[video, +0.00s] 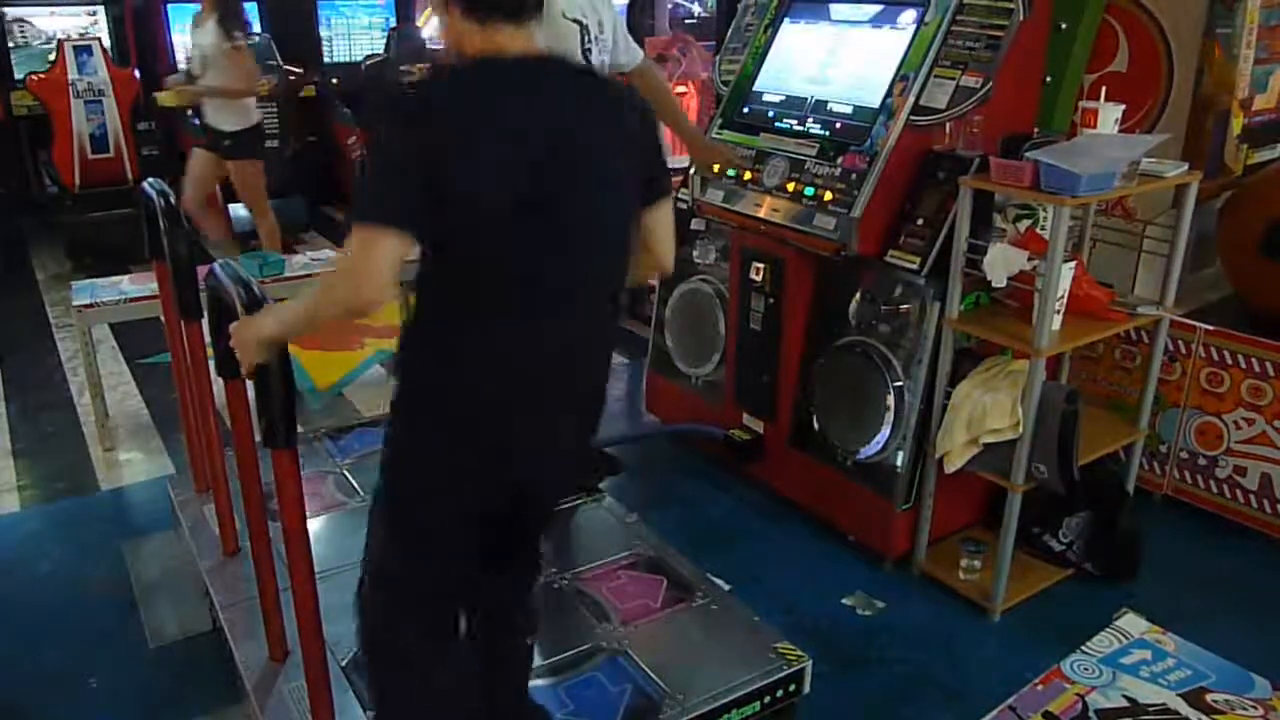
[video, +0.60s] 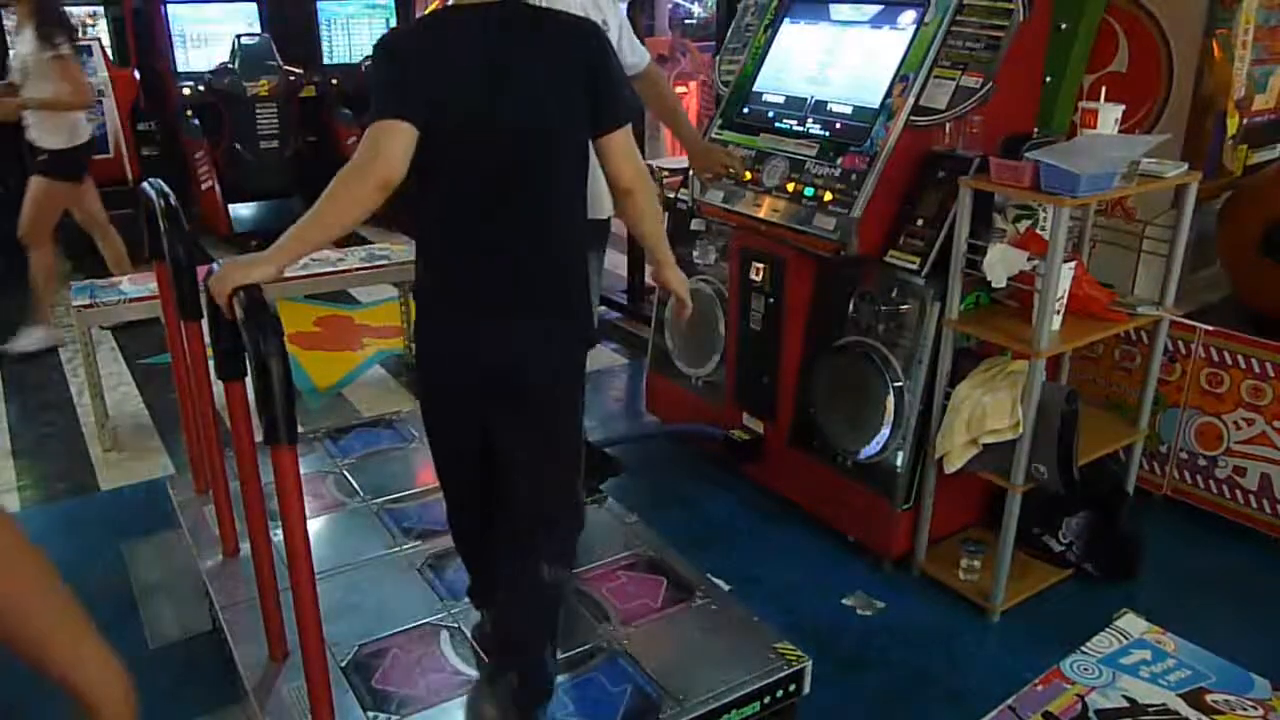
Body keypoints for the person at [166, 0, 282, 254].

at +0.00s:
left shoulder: (230, 26)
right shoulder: (198, 22)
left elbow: (250, 86)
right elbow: (201, 72)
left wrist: (201, 93)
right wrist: (181, 80)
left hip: (242, 131)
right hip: (212, 130)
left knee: (258, 208)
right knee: (193, 201)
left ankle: (275, 269)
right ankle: (232, 264)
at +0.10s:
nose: (169, 3)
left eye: (173, 0)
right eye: (168, 1)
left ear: (187, 2)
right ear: (168, 4)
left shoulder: (202, 35)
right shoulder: (167, 30)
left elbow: (225, 92)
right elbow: (172, 77)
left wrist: (172, 98)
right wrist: (147, 86)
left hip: (218, 137)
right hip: (187, 136)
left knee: (243, 208)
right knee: (165, 209)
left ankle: (270, 264)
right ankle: (175, 274)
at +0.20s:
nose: (129, 2)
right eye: (130, 1)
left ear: (150, 2)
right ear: (135, 5)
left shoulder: (169, 34)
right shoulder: (136, 34)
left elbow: (194, 96)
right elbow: (152, 82)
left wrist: (141, 103)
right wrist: (129, 88)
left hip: (187, 141)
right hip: (153, 140)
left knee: (216, 218)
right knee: (144, 218)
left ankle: (264, 270)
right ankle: (137, 294)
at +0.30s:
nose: (108, 2)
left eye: (113, 1)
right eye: (108, 1)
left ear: (123, 1)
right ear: (109, 5)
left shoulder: (142, 36)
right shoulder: (106, 37)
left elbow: (169, 92)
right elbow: (115, 83)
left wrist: (110, 102)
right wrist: (93, 89)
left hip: (156, 144)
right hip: (122, 143)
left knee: (170, 223)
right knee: (123, 220)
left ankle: (230, 260)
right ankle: (134, 292)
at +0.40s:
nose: (77, 0)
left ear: (90, 1)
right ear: (85, 3)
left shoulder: (107, 36)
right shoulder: (80, 34)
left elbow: (139, 90)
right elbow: (86, 83)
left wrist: (76, 99)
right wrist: (55, 89)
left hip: (118, 142)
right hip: (97, 139)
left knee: (110, 222)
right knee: (111, 223)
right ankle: (135, 292)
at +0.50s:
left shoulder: (77, 31)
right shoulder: (54, 28)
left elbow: (111, 90)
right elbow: (66, 79)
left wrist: (53, 98)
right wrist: (36, 85)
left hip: (94, 142)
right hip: (78, 141)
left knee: (63, 224)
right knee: (107, 220)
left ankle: (111, 282)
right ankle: (133, 283)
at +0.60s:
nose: (7, 3)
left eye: (11, 1)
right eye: (8, 2)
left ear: (25, 1)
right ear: (20, 4)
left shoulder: (50, 36)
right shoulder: (22, 34)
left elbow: (83, 97)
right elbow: (30, 87)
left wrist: (25, 104)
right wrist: (7, 94)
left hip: (66, 148)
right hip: (50, 146)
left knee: (34, 233)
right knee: (98, 224)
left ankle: (45, 324)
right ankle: (134, 294)